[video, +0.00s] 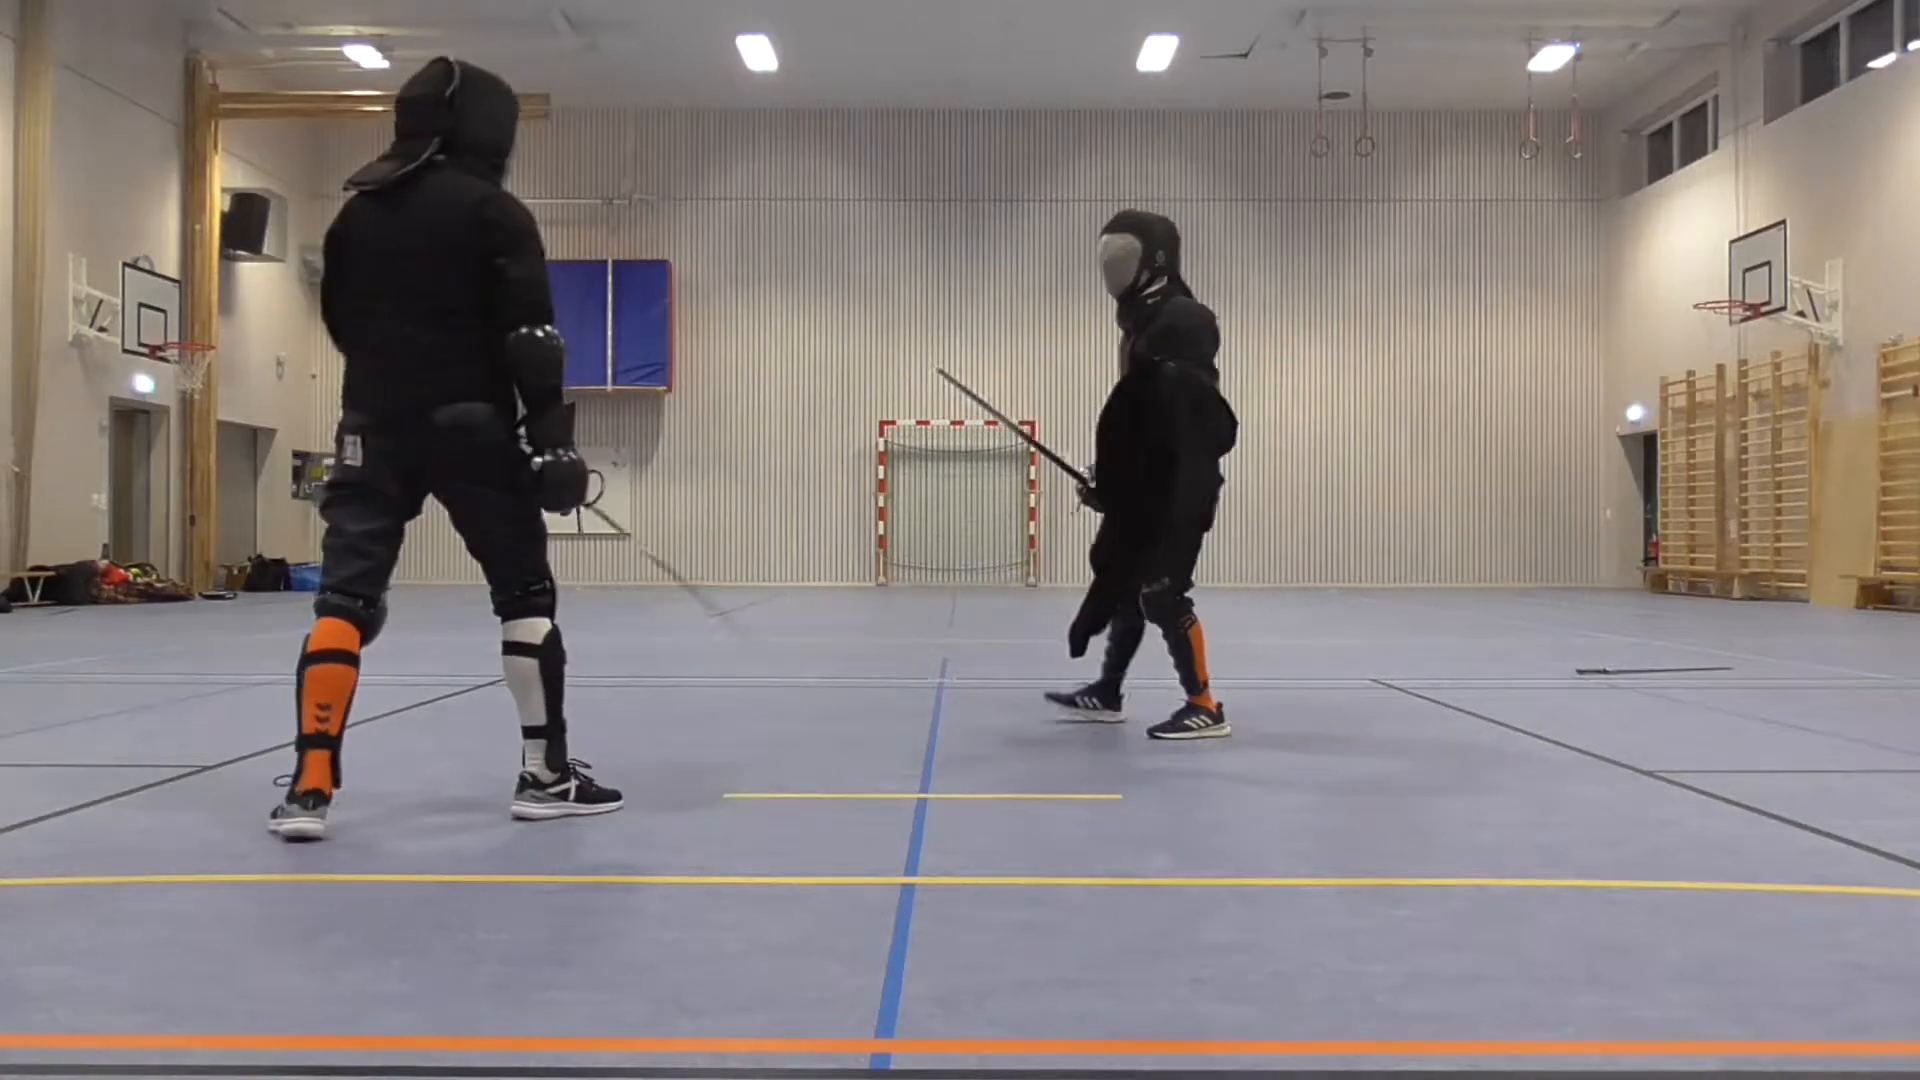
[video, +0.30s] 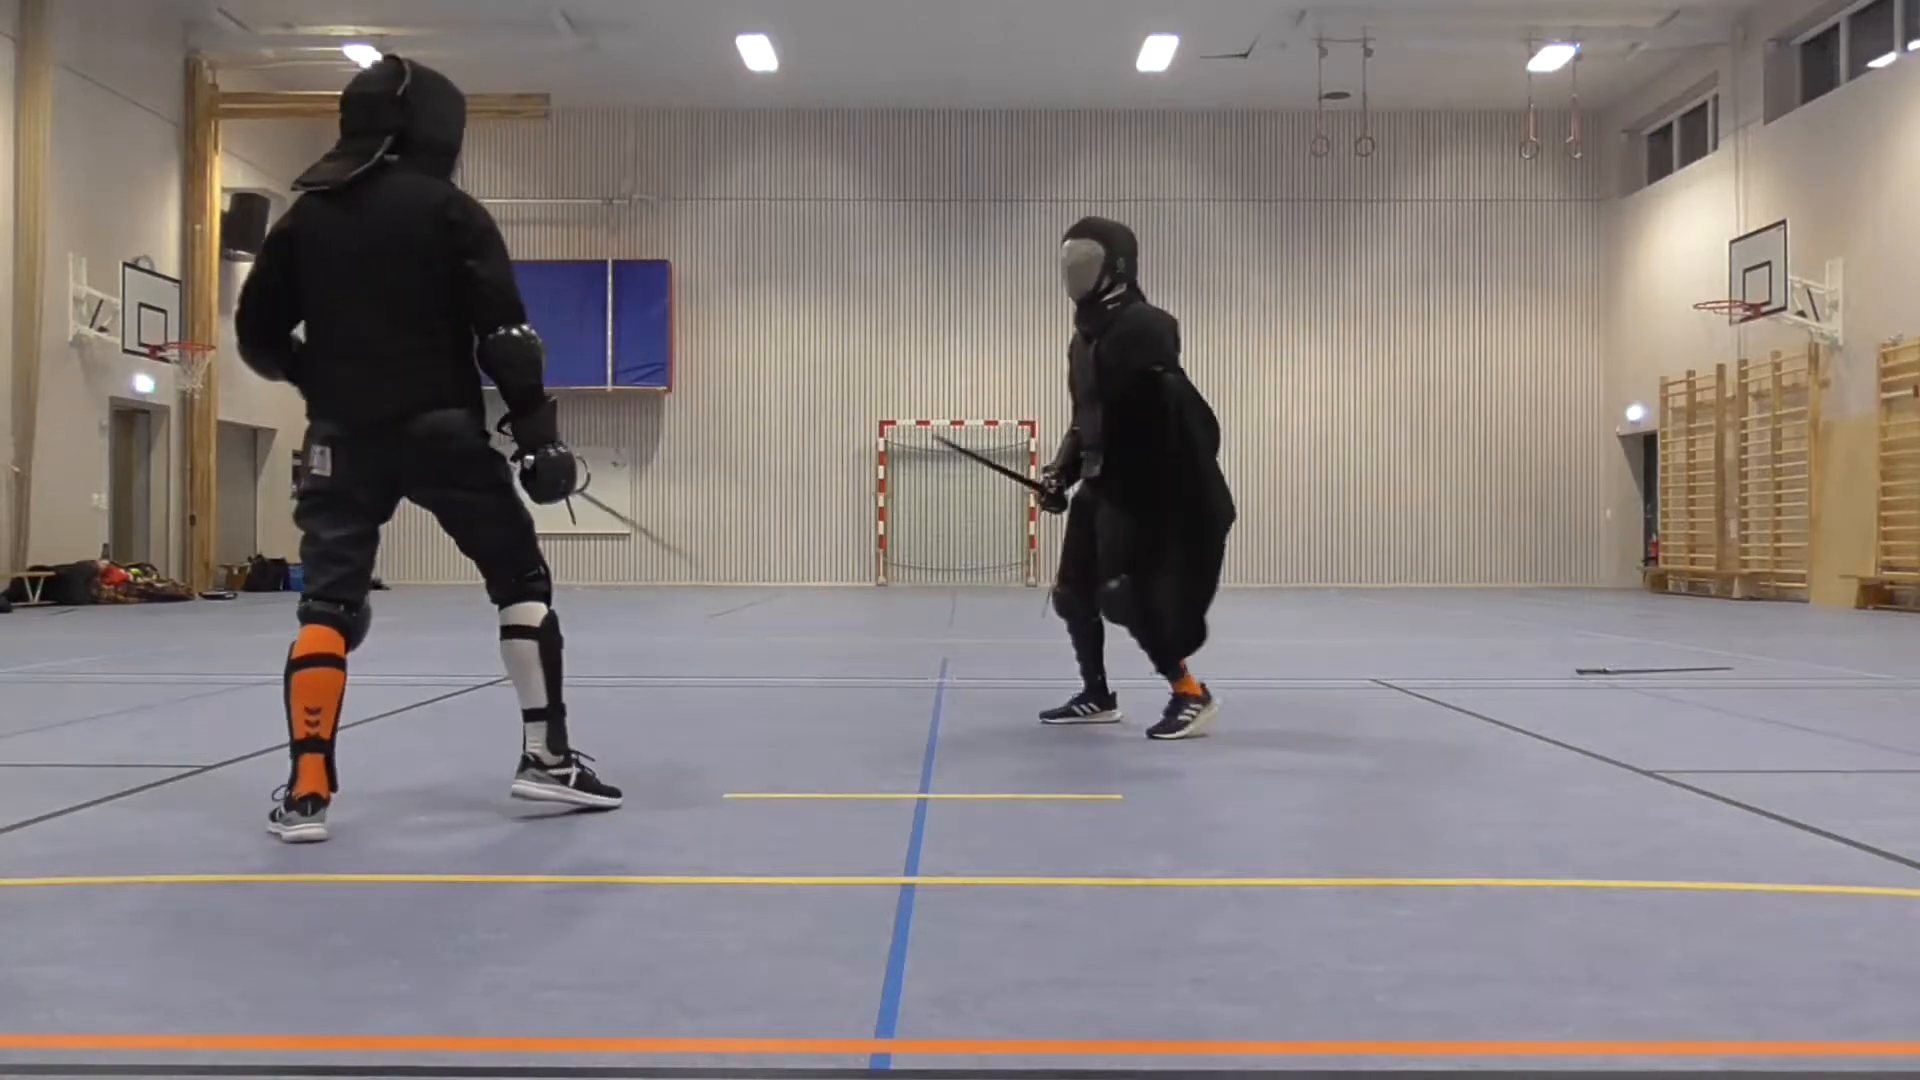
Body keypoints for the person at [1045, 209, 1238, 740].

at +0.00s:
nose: (1111, 271)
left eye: (1121, 258)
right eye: (1109, 259)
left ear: (1154, 260)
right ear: (1143, 262)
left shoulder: (1177, 326)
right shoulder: (1145, 318)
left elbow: (1184, 430)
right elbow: (1144, 423)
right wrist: (1110, 479)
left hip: (1179, 493)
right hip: (1147, 490)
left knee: (1166, 595)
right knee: (1130, 592)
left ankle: (1203, 705)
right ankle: (1106, 690)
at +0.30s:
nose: (1071, 273)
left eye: (1082, 262)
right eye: (1069, 262)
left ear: (1115, 264)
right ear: (1071, 266)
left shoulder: (1142, 329)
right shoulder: (1086, 336)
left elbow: (1155, 424)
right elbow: (1086, 419)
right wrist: (1059, 472)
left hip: (1141, 493)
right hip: (1099, 490)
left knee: (1127, 594)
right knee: (1076, 594)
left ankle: (1191, 694)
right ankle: (1097, 695)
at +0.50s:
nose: (1047, 277)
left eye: (1058, 266)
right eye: (1044, 267)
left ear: (1091, 269)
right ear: (1047, 270)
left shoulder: (1124, 330)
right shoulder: (1061, 340)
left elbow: (1141, 421)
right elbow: (1058, 425)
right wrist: (1032, 478)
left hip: (1121, 482)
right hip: (1080, 481)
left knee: (1081, 578)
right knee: (1058, 594)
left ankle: (1116, 697)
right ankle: (1094, 693)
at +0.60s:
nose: (1040, 280)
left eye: (1051, 268)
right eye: (1036, 269)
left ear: (1083, 270)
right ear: (1038, 272)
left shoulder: (1116, 332)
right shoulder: (1052, 340)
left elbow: (1136, 418)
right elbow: (1047, 423)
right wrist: (1021, 476)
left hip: (1114, 483)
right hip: (1072, 482)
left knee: (1075, 584)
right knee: (1055, 595)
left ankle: (1080, 706)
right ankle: (1096, 692)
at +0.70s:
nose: (1034, 280)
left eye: (1045, 269)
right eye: (1031, 269)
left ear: (1079, 270)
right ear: (1034, 272)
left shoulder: (1113, 332)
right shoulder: (1050, 341)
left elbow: (1142, 418)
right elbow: (1040, 422)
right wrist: (1012, 468)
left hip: (1104, 486)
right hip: (1066, 484)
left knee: (1063, 588)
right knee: (1051, 594)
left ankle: (1073, 709)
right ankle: (1095, 693)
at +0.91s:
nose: (1031, 274)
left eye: (1043, 263)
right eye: (1026, 264)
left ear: (1074, 267)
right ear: (1020, 267)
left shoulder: (1114, 331)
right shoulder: (1028, 339)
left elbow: (1140, 419)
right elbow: (996, 413)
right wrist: (950, 447)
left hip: (1104, 485)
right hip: (1059, 484)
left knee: (1061, 589)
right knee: (1058, 590)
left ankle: (1074, 709)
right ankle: (1094, 693)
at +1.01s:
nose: (1029, 274)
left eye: (1042, 263)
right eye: (1022, 264)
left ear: (1071, 266)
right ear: (1015, 267)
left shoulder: (1110, 330)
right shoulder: (1022, 335)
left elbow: (1140, 412)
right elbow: (974, 392)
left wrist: (1123, 472)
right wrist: (923, 413)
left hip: (1105, 485)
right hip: (1058, 485)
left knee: (1060, 590)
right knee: (1067, 586)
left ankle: (1073, 709)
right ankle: (1095, 690)